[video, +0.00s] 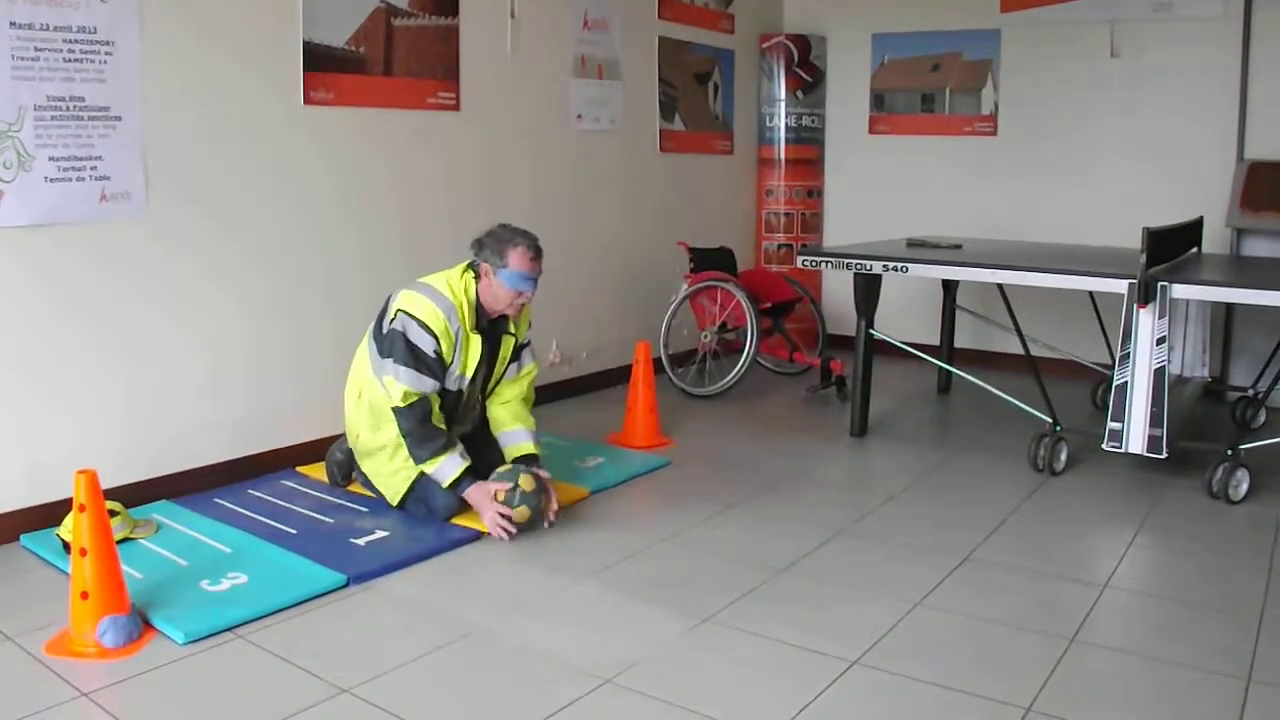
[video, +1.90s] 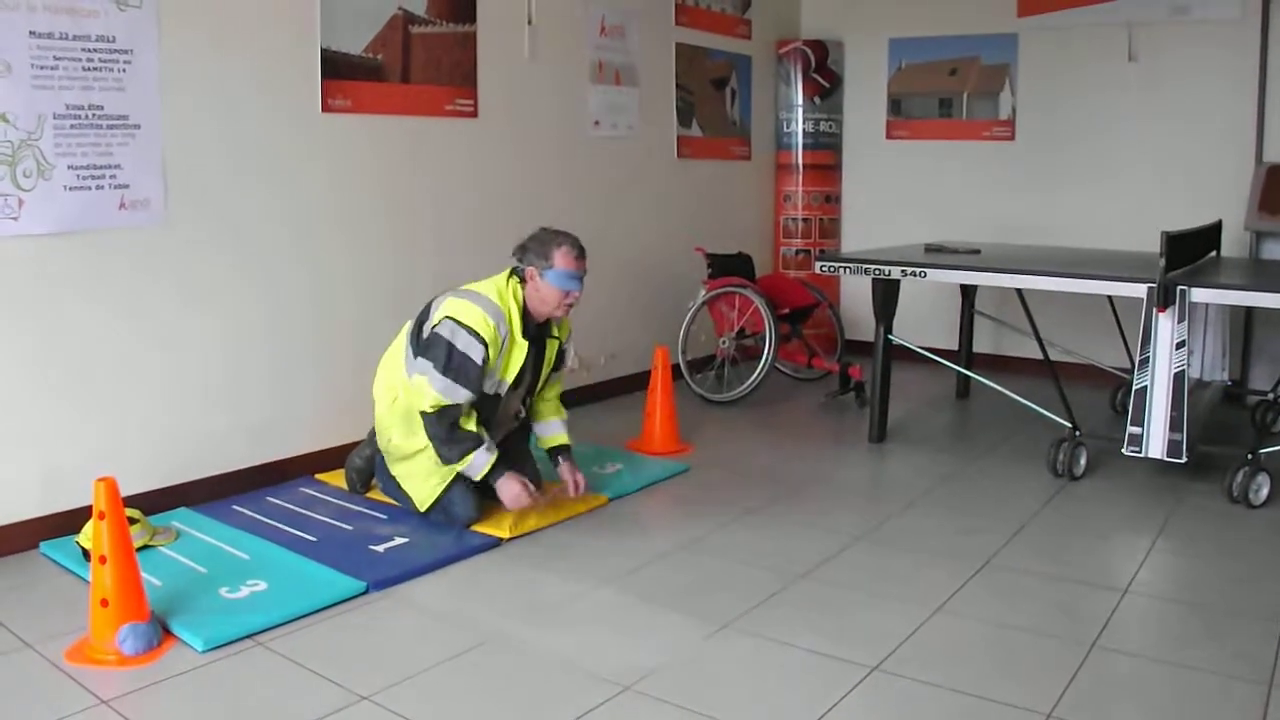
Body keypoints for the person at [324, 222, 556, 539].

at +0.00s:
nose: (527, 297)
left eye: (532, 287)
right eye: (519, 286)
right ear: (486, 274)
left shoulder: (514, 314)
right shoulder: (423, 313)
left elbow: (510, 395)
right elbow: (414, 416)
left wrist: (529, 467)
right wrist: (469, 487)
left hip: (454, 415)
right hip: (386, 427)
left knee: (505, 481)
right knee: (444, 505)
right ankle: (360, 458)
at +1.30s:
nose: (543, 285)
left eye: (548, 273)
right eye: (533, 273)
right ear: (499, 268)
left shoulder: (534, 308)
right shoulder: (446, 310)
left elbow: (541, 383)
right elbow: (434, 409)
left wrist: (554, 450)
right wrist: (508, 469)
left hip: (470, 412)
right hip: (401, 422)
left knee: (511, 484)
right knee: (455, 506)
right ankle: (375, 462)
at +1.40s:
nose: (544, 288)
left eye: (548, 276)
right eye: (534, 276)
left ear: (552, 271)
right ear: (499, 270)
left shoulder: (532, 309)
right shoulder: (453, 314)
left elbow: (557, 378)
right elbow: (477, 407)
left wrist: (606, 425)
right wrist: (568, 440)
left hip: (461, 410)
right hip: (405, 421)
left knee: (516, 483)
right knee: (455, 507)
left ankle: (425, 449)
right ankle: (377, 456)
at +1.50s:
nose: (550, 286)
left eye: (554, 274)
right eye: (541, 274)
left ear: (559, 272)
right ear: (505, 271)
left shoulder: (536, 305)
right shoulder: (462, 313)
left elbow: (570, 362)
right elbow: (504, 397)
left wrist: (622, 392)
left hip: (471, 405)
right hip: (410, 416)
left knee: (516, 485)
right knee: (456, 509)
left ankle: (432, 447)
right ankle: (377, 455)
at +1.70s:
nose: (562, 286)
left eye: (566, 275)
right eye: (553, 275)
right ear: (518, 269)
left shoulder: (547, 307)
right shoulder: (468, 314)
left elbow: (566, 378)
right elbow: (493, 413)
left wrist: (609, 415)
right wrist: (581, 439)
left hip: (467, 412)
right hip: (413, 421)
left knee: (519, 485)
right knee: (457, 511)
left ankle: (427, 449)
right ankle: (378, 455)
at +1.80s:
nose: (569, 290)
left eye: (573, 279)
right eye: (560, 279)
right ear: (524, 272)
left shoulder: (551, 316)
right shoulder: (471, 317)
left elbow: (556, 388)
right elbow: (465, 419)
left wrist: (584, 444)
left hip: (473, 414)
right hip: (411, 421)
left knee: (520, 490)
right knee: (459, 510)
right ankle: (379, 456)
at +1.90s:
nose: (576, 296)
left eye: (580, 284)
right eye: (566, 284)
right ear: (532, 277)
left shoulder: (555, 326)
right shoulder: (472, 319)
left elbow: (545, 396)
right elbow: (441, 416)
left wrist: (562, 456)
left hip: (479, 411)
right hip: (409, 420)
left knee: (524, 488)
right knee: (461, 513)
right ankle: (383, 459)